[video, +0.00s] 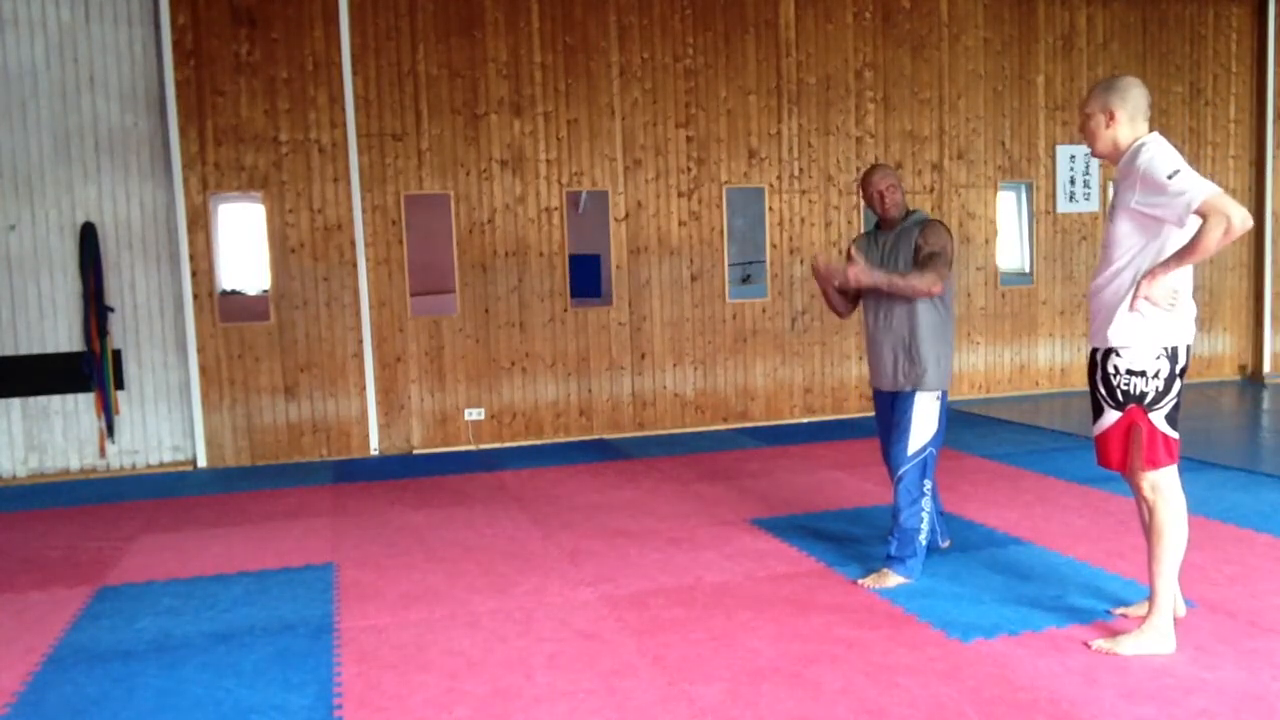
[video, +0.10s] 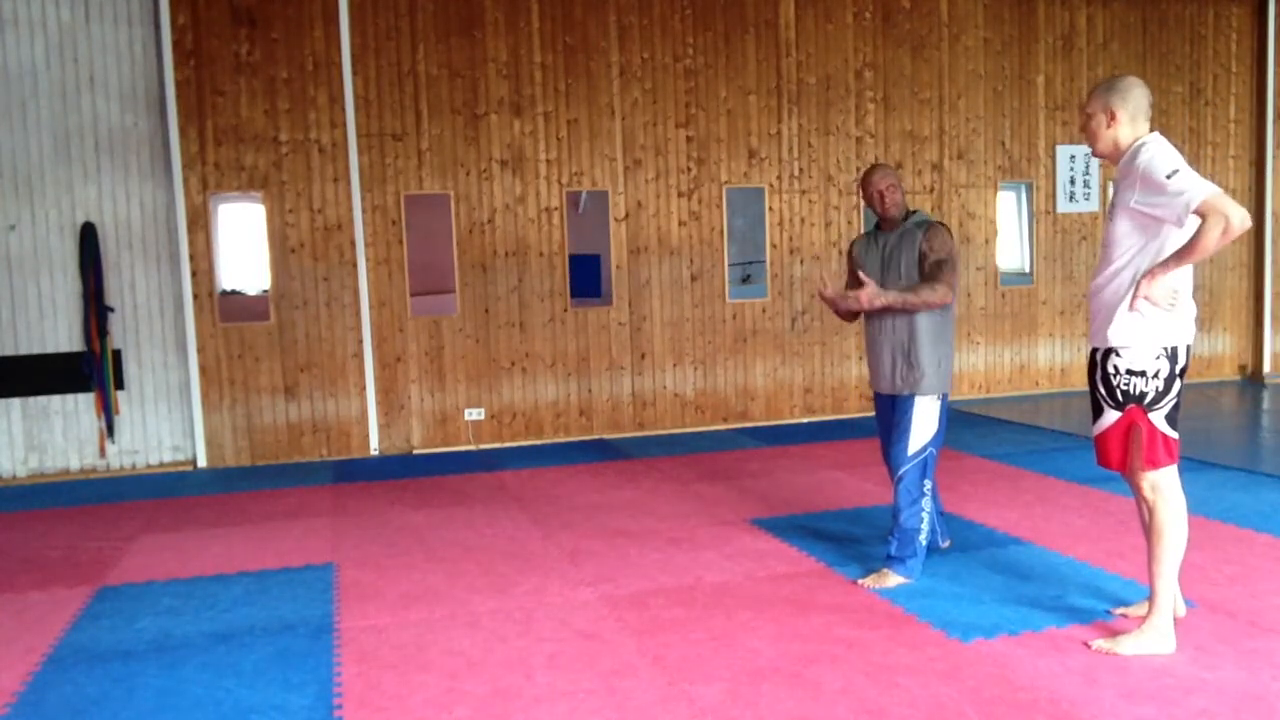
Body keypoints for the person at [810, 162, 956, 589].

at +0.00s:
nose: (888, 196)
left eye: (893, 188)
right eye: (878, 192)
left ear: (904, 192)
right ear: (866, 201)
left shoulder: (930, 232)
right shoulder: (864, 246)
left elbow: (932, 283)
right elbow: (845, 306)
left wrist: (868, 278)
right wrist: (827, 281)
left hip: (924, 369)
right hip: (884, 370)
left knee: (908, 463)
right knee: (901, 460)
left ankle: (904, 563)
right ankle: (933, 531)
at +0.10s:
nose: (887, 197)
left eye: (892, 188)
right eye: (878, 192)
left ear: (903, 191)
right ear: (867, 201)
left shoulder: (932, 235)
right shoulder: (861, 248)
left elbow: (942, 293)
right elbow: (857, 307)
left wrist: (882, 298)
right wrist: (839, 304)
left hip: (925, 372)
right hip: (885, 373)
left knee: (910, 465)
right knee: (901, 461)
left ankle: (904, 564)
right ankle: (934, 531)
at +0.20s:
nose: (887, 196)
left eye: (892, 188)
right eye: (877, 192)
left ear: (903, 191)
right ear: (866, 200)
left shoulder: (934, 235)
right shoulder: (861, 248)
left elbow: (949, 295)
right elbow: (855, 302)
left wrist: (890, 304)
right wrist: (845, 308)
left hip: (926, 373)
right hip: (886, 374)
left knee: (910, 468)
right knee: (901, 463)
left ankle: (904, 564)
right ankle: (934, 532)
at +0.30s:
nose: (888, 196)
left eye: (892, 188)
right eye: (878, 192)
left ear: (904, 190)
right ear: (867, 200)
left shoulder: (935, 235)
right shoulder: (863, 248)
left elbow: (952, 295)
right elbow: (856, 303)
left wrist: (892, 304)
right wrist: (846, 308)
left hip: (927, 373)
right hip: (886, 375)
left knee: (911, 469)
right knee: (901, 463)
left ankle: (904, 565)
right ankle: (935, 531)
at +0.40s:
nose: (890, 195)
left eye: (894, 187)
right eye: (880, 191)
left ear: (906, 189)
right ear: (869, 200)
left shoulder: (936, 235)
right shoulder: (864, 247)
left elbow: (953, 295)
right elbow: (856, 304)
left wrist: (892, 302)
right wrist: (846, 305)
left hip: (926, 373)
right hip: (886, 374)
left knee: (911, 469)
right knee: (901, 462)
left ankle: (904, 565)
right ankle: (934, 530)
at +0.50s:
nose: (890, 196)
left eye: (895, 187)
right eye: (881, 192)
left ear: (908, 190)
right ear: (870, 199)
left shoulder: (937, 235)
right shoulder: (865, 247)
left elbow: (952, 295)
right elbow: (857, 307)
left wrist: (891, 299)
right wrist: (845, 302)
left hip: (927, 373)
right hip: (886, 374)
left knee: (910, 469)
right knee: (901, 462)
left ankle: (904, 565)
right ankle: (934, 530)